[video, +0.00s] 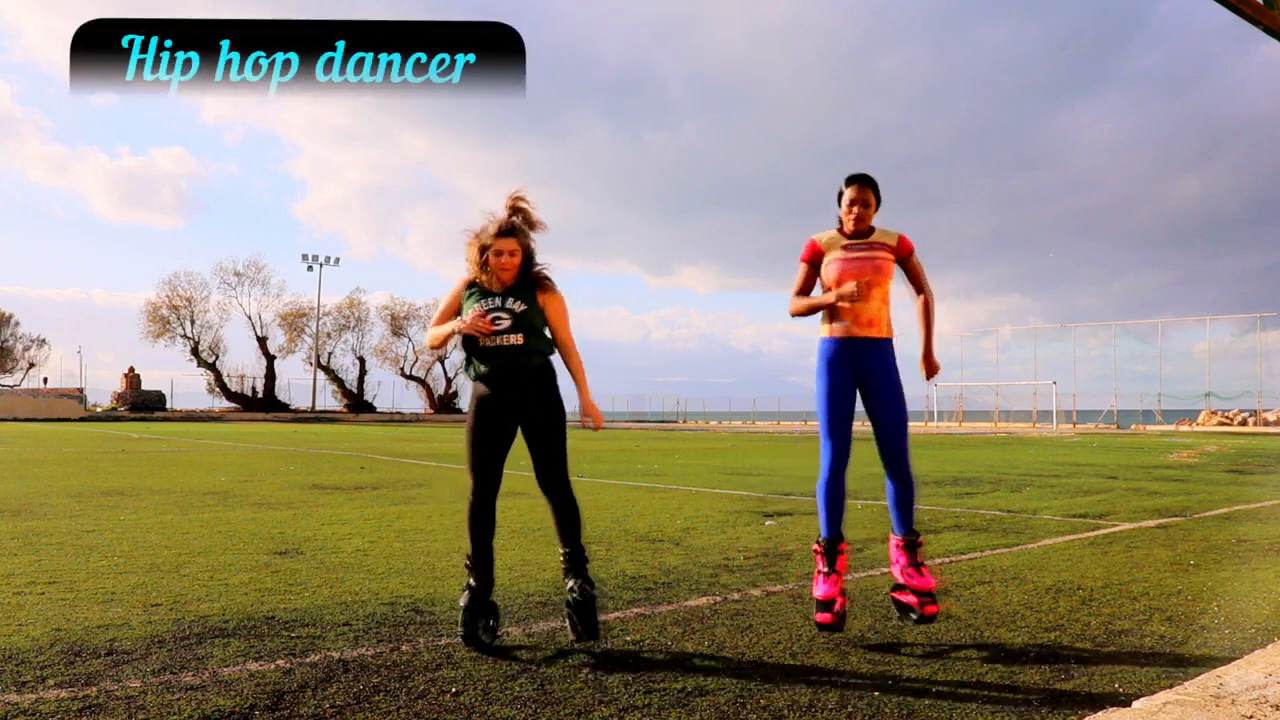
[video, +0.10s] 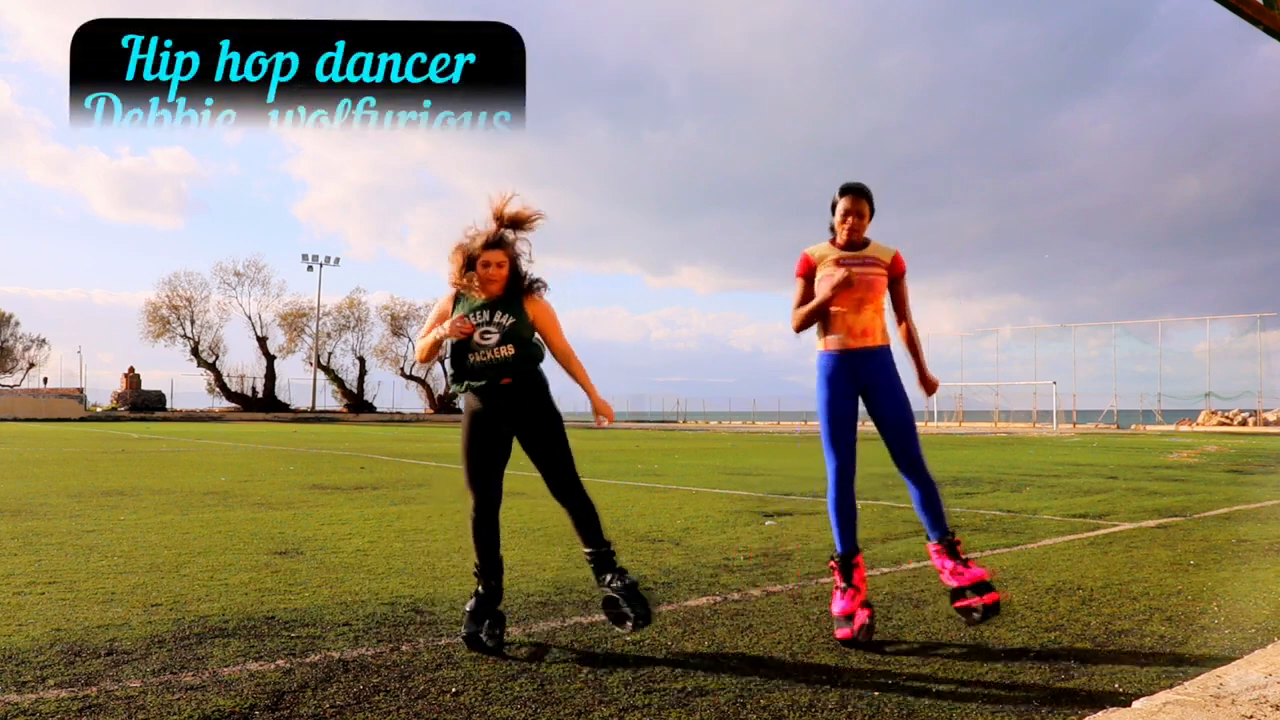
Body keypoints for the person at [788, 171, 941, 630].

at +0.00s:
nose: (857, 210)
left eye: (865, 204)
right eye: (851, 203)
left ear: (876, 210)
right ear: (839, 206)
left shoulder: (895, 245)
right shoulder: (820, 247)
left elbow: (923, 293)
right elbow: (796, 305)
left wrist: (927, 350)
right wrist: (829, 297)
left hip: (880, 354)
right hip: (835, 355)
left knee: (897, 458)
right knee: (833, 459)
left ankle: (906, 554)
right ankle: (829, 560)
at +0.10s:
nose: (852, 222)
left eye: (860, 216)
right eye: (846, 214)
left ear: (870, 220)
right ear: (833, 216)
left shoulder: (888, 260)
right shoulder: (814, 260)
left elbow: (904, 319)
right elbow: (798, 322)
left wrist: (921, 369)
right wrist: (823, 292)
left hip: (880, 365)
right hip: (835, 368)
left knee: (913, 463)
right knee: (841, 471)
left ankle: (946, 552)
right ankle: (848, 574)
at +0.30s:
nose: (839, 250)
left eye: (846, 244)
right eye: (833, 242)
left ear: (855, 249)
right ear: (819, 245)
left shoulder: (872, 284)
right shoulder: (800, 291)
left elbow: (886, 339)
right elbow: (793, 353)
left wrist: (895, 387)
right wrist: (816, 294)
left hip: (882, 388)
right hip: (838, 398)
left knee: (946, 467)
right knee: (849, 496)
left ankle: (1010, 538)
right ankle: (864, 588)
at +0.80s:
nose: (855, 234)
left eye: (862, 227)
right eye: (848, 227)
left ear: (872, 231)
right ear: (836, 231)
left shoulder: (893, 271)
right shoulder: (820, 269)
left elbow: (918, 327)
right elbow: (778, 319)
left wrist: (913, 341)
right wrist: (818, 312)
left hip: (893, 375)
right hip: (847, 380)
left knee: (931, 472)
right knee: (850, 485)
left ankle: (958, 557)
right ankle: (848, 584)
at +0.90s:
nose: (867, 218)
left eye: (873, 210)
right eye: (859, 211)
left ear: (887, 211)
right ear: (850, 215)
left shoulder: (910, 252)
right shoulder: (835, 251)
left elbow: (926, 314)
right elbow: (795, 301)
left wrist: (903, 302)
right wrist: (817, 337)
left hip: (898, 361)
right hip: (853, 362)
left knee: (919, 465)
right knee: (844, 465)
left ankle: (926, 560)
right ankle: (833, 567)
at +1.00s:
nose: (886, 221)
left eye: (893, 213)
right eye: (878, 215)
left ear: (907, 213)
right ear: (869, 217)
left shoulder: (929, 255)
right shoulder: (856, 253)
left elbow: (941, 318)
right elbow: (825, 312)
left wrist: (903, 300)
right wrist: (798, 366)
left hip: (906, 365)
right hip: (860, 360)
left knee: (908, 470)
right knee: (825, 453)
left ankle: (904, 568)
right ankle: (787, 545)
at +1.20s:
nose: (908, 243)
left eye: (914, 236)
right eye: (901, 238)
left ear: (930, 241)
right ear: (893, 244)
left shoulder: (953, 287)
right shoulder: (881, 281)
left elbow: (961, 349)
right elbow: (849, 339)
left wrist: (928, 341)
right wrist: (822, 391)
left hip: (917, 396)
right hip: (871, 384)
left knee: (914, 496)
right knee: (806, 445)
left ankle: (902, 590)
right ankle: (737, 510)